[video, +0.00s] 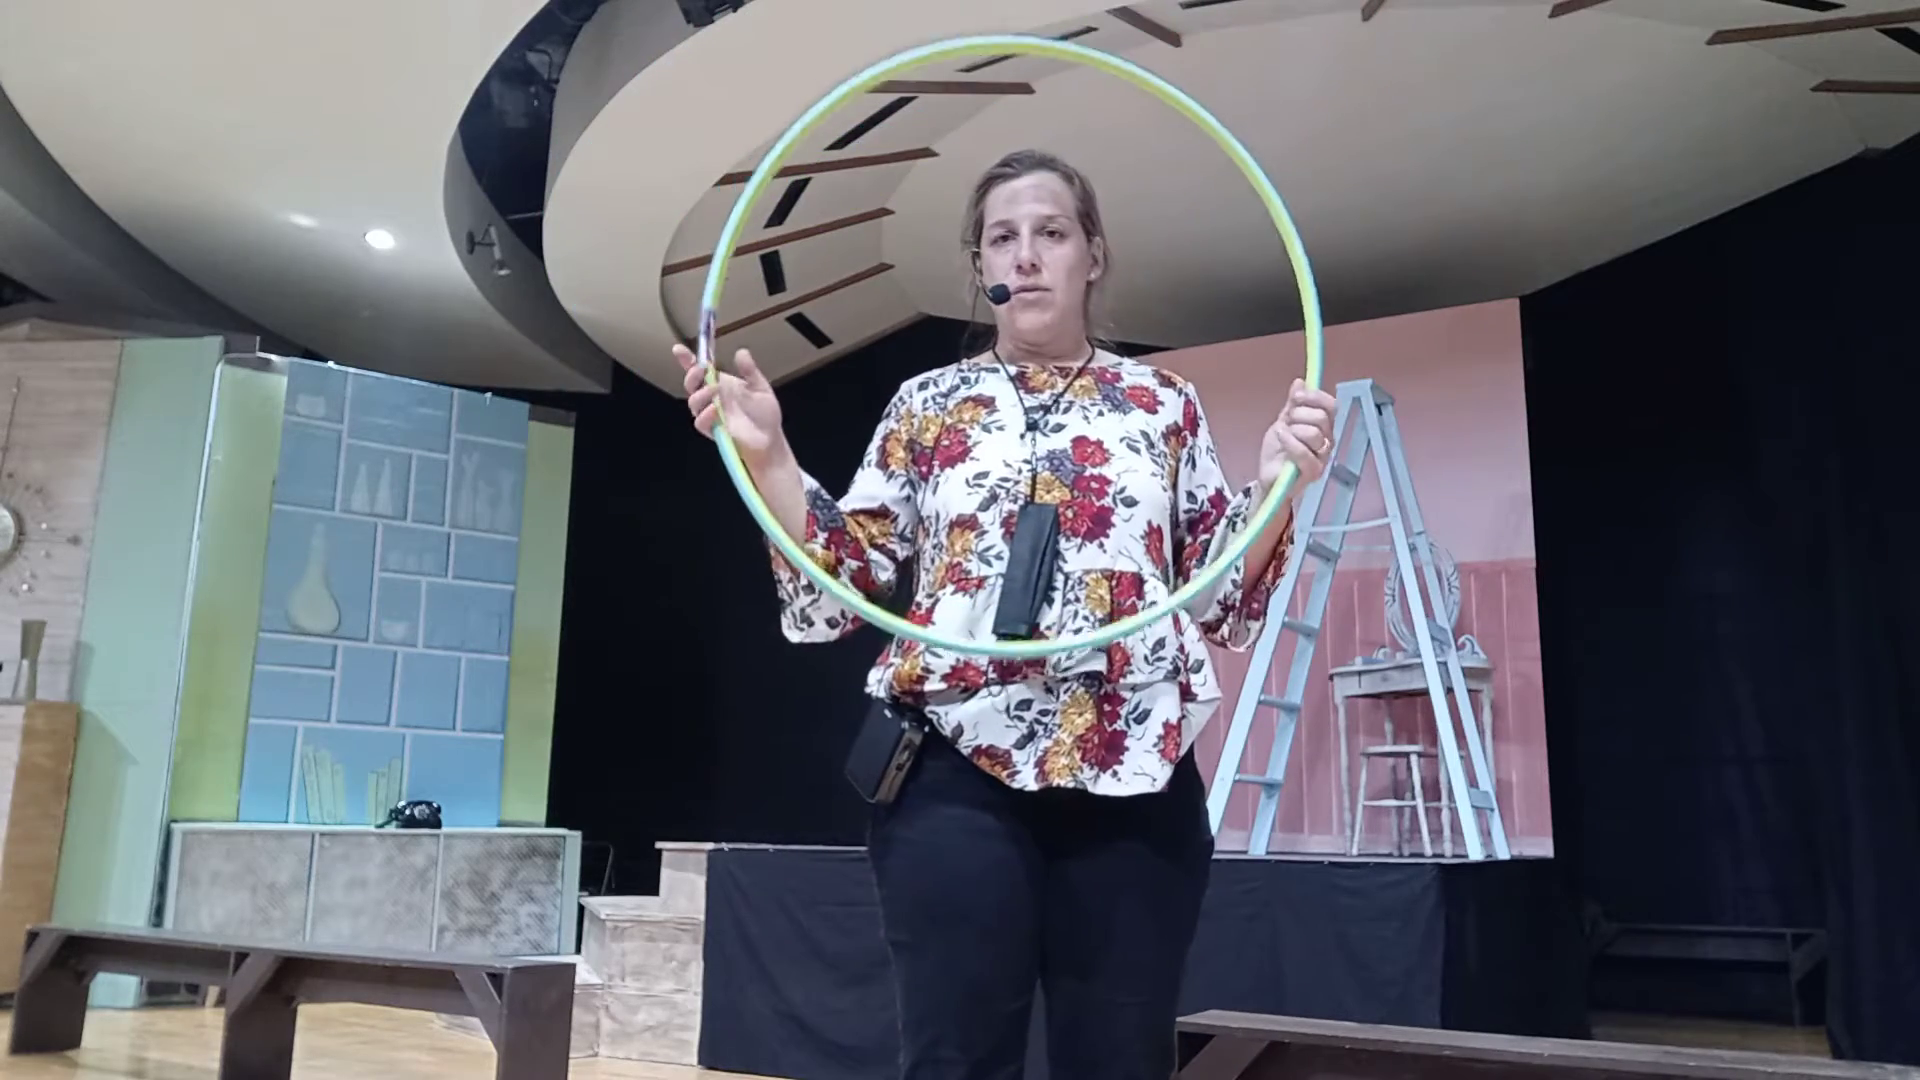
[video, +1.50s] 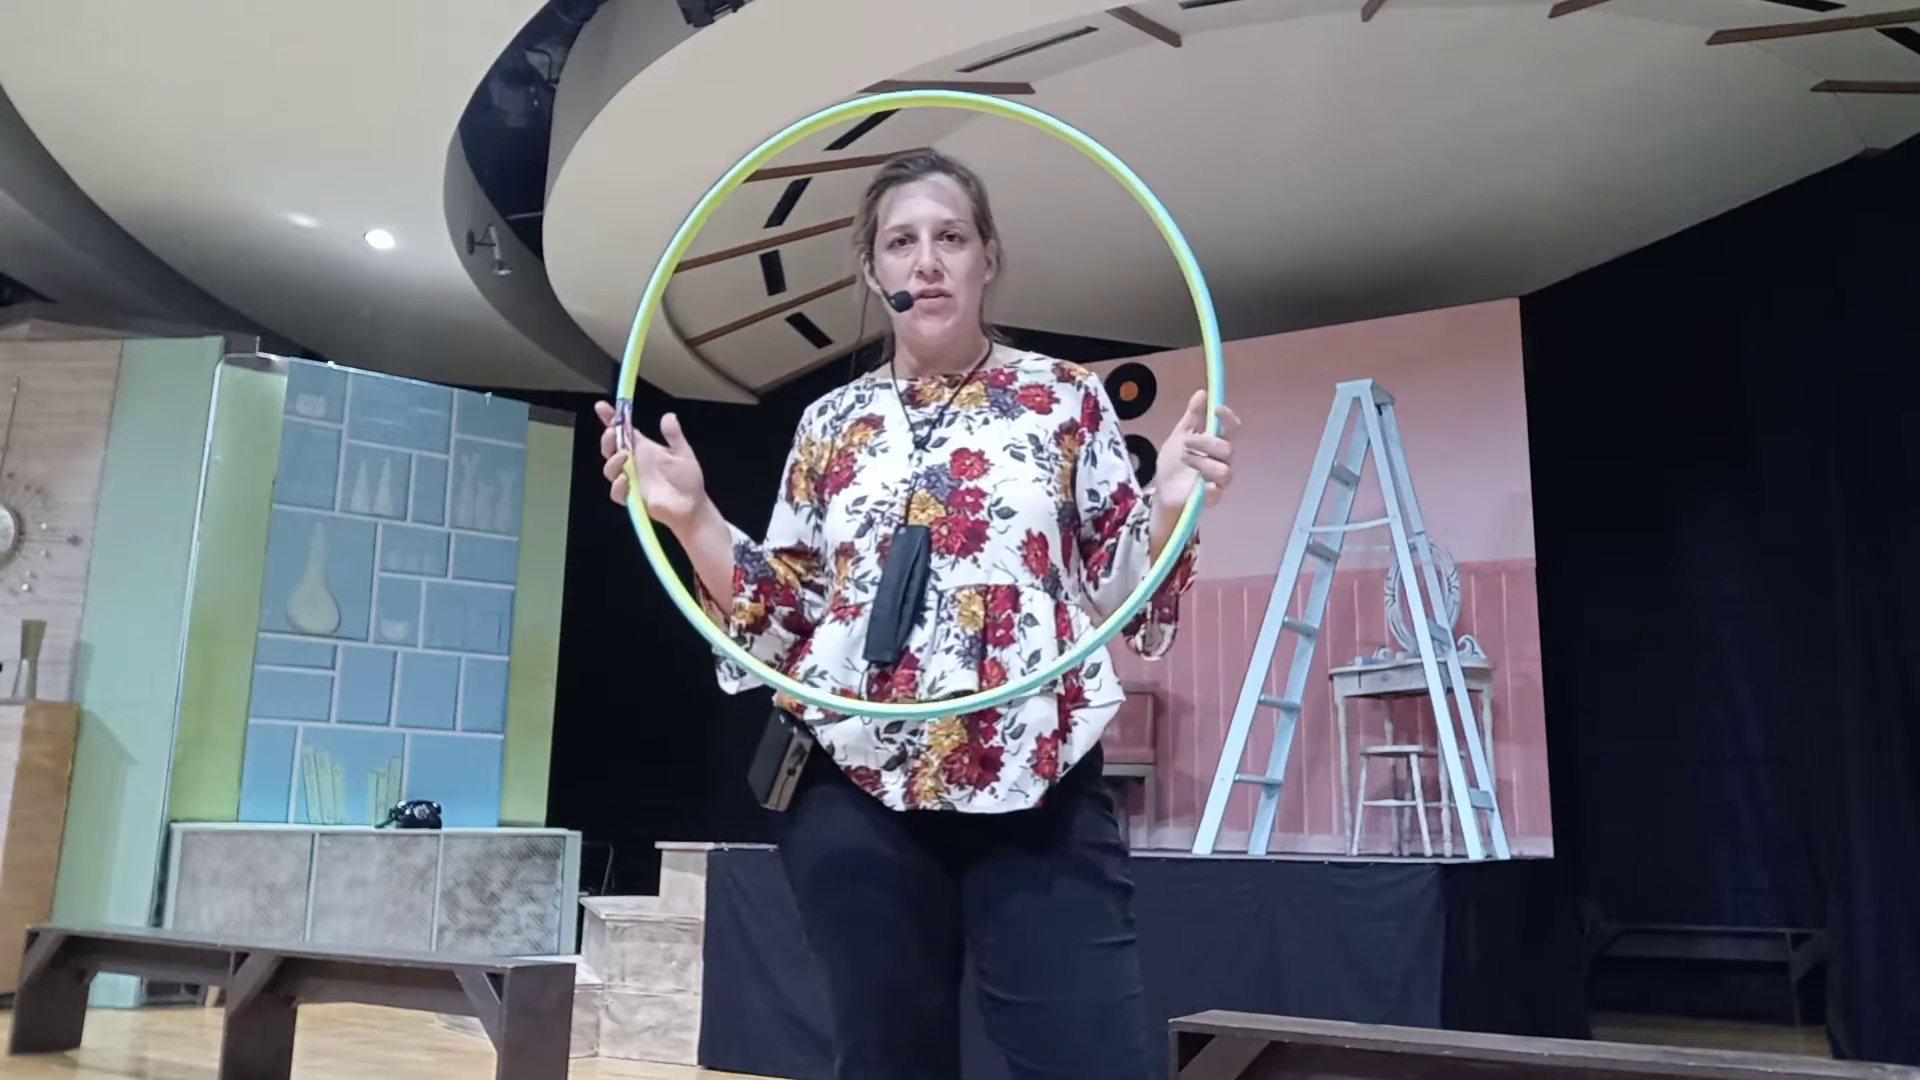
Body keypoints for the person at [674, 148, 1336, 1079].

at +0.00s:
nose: (1022, 254)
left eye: (1050, 232)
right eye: (1002, 236)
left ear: (1096, 259)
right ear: (979, 265)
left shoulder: (1164, 403)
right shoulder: (927, 403)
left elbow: (1221, 601)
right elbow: (851, 578)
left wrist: (1276, 481)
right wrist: (766, 454)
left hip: (1131, 797)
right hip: (956, 787)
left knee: (1116, 1063)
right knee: (954, 1060)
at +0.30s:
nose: (1038, 249)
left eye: (1059, 229)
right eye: (1011, 234)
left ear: (1090, 256)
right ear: (975, 269)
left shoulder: (1155, 401)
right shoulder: (922, 407)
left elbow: (1203, 599)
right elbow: (852, 605)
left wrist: (1271, 515)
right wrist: (771, 486)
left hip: (1127, 794)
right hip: (946, 791)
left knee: (1114, 1063)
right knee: (952, 1060)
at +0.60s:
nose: (999, 250)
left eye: (1024, 230)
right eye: (975, 235)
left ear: (1066, 253)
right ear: (951, 267)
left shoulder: (1141, 397)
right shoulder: (906, 411)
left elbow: (1204, 602)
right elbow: (846, 601)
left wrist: (1258, 506)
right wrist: (742, 508)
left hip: (1110, 798)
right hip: (932, 795)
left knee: (1103, 1062)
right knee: (936, 1061)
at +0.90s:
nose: (974, 252)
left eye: (998, 230)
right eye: (951, 233)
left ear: (1039, 255)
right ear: (921, 263)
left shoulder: (1114, 398)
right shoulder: (877, 417)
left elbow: (1156, 599)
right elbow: (826, 614)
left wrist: (1213, 525)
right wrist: (718, 554)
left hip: (1079, 801)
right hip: (900, 799)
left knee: (1086, 1063)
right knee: (915, 1061)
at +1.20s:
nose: (936, 263)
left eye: (961, 239)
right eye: (913, 245)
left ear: (1005, 262)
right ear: (888, 273)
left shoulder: (1081, 403)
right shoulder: (843, 425)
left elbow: (1122, 605)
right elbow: (797, 622)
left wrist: (1164, 528)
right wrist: (692, 543)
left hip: (1052, 803)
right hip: (872, 803)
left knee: (1082, 1060)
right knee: (894, 1062)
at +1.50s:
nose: (925, 259)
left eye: (948, 236)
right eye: (900, 241)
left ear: (988, 260)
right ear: (874, 272)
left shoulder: (1065, 401)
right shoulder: (828, 425)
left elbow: (1130, 609)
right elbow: (784, 625)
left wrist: (1168, 509)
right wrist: (697, 516)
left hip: (1043, 804)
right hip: (861, 807)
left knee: (1094, 1062)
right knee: (887, 1062)